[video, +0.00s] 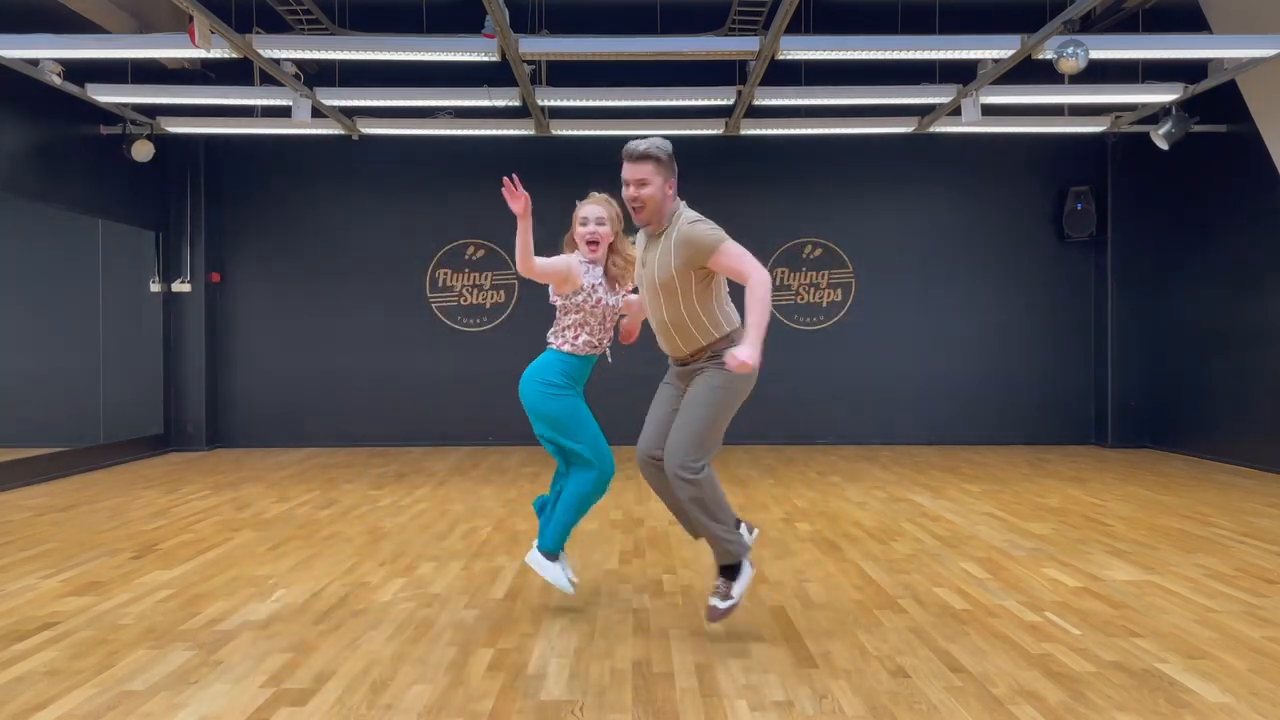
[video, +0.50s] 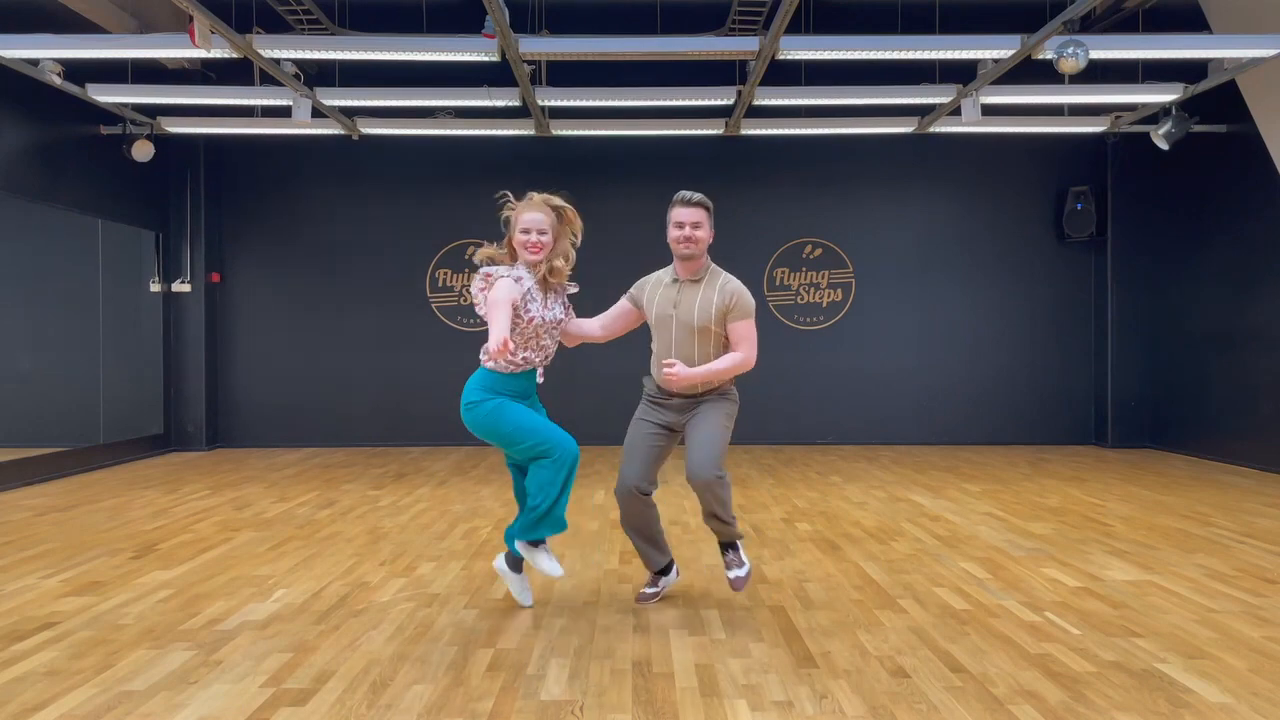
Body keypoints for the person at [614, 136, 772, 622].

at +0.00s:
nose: (632, 193)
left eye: (643, 183)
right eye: (626, 183)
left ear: (671, 185)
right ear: (622, 186)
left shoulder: (694, 233)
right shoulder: (645, 238)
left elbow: (758, 277)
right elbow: (662, 287)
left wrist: (751, 345)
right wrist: (636, 310)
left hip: (723, 362)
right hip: (681, 367)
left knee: (683, 462)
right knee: (650, 457)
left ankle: (734, 563)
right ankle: (729, 533)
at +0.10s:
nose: (642, 217)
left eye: (652, 207)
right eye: (634, 208)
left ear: (674, 207)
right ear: (626, 209)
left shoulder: (693, 260)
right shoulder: (637, 261)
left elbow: (740, 318)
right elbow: (634, 324)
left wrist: (703, 353)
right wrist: (583, 316)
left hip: (722, 382)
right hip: (676, 383)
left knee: (672, 478)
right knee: (646, 468)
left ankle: (675, 575)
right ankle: (691, 547)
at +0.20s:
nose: (650, 251)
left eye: (660, 241)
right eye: (641, 242)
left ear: (677, 242)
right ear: (632, 244)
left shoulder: (697, 298)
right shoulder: (641, 295)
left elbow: (728, 365)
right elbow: (628, 342)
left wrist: (682, 395)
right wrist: (574, 353)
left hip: (714, 411)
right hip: (671, 410)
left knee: (653, 501)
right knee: (643, 501)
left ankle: (669, 587)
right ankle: (688, 568)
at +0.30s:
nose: (660, 250)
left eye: (669, 241)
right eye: (651, 241)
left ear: (686, 244)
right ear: (641, 246)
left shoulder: (709, 301)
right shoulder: (641, 297)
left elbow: (729, 368)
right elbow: (616, 345)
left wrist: (680, 396)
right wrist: (561, 330)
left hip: (713, 409)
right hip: (665, 412)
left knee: (661, 492)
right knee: (642, 500)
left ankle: (667, 584)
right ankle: (691, 572)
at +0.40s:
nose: (675, 231)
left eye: (684, 223)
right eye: (667, 223)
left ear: (700, 229)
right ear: (656, 229)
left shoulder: (721, 287)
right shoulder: (646, 284)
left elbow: (737, 354)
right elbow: (605, 326)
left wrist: (685, 379)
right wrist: (546, 316)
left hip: (715, 394)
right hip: (661, 398)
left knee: (688, 461)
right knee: (632, 480)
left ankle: (690, 558)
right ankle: (672, 563)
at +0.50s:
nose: (686, 233)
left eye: (695, 226)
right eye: (678, 226)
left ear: (711, 234)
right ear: (667, 233)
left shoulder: (732, 292)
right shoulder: (651, 287)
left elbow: (746, 356)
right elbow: (598, 328)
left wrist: (693, 377)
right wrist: (539, 321)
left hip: (711, 400)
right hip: (656, 401)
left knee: (704, 474)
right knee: (630, 487)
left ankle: (729, 544)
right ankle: (662, 568)